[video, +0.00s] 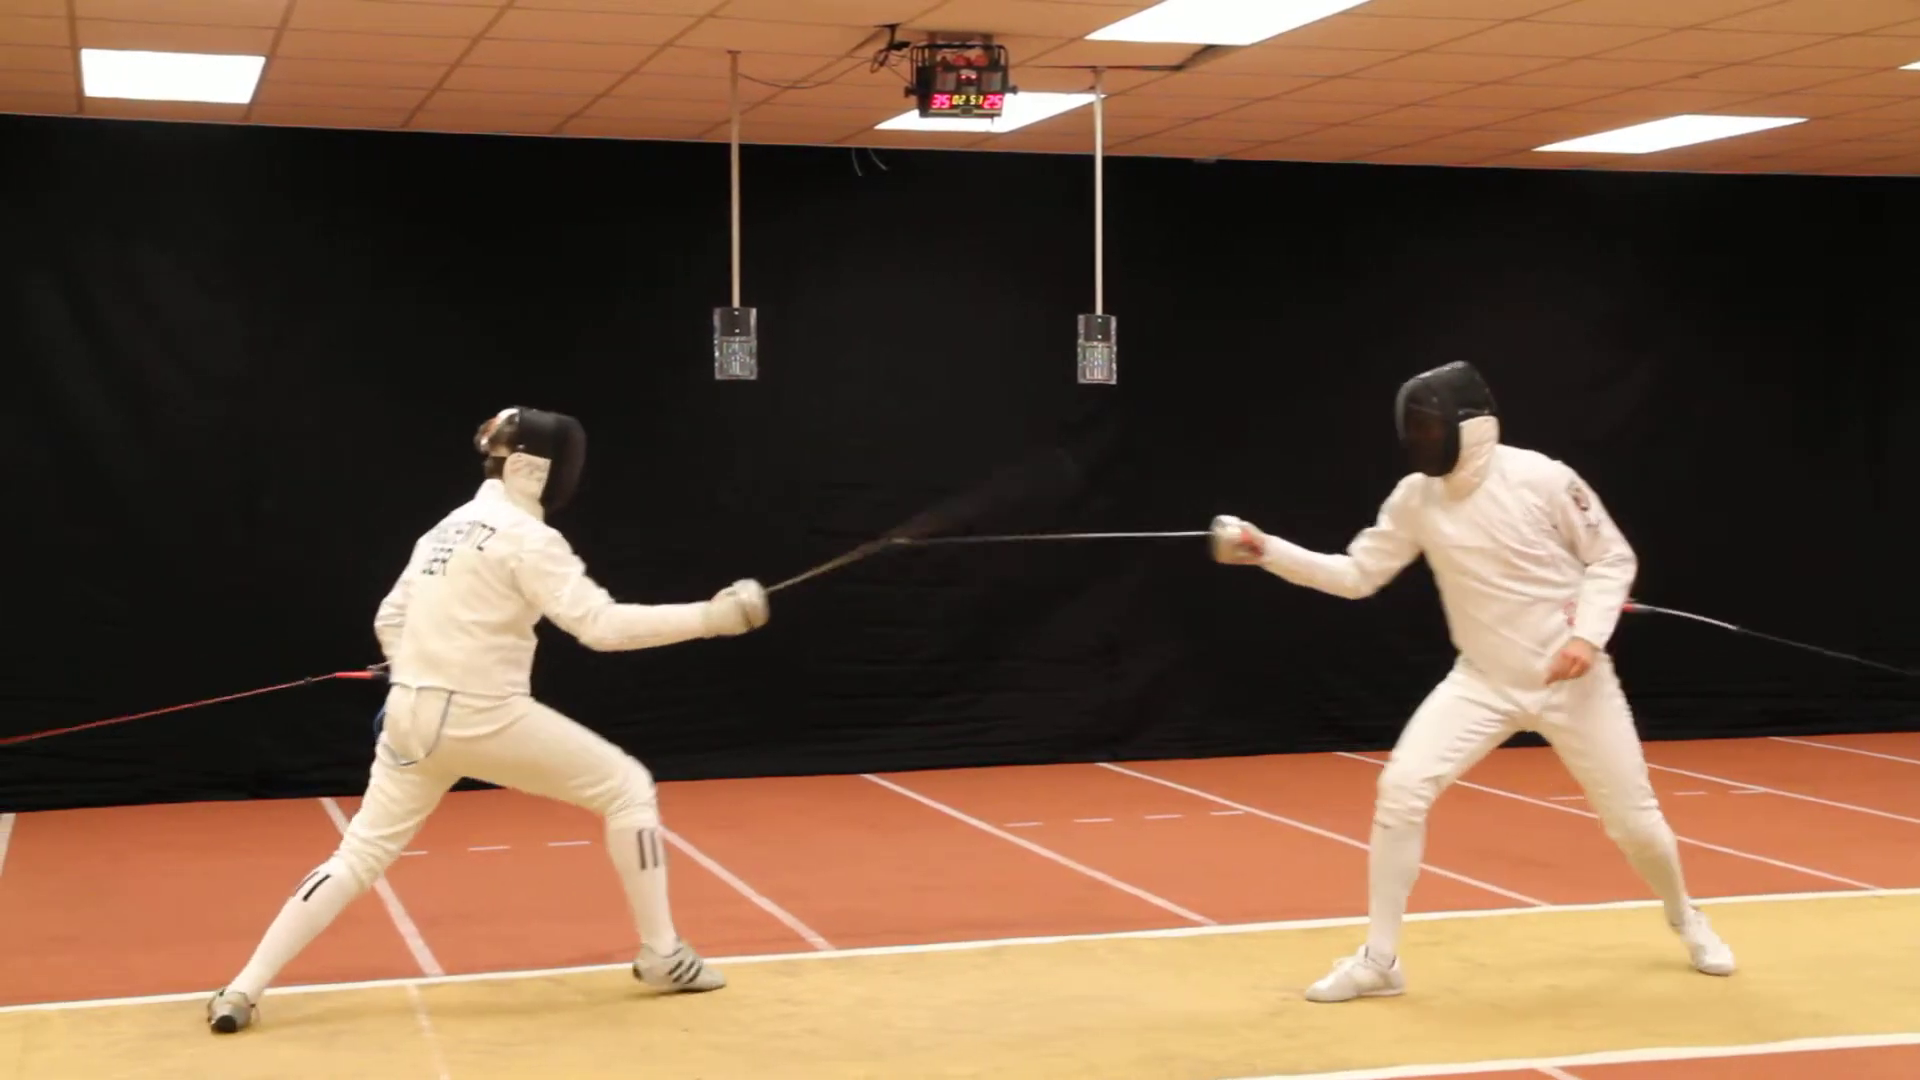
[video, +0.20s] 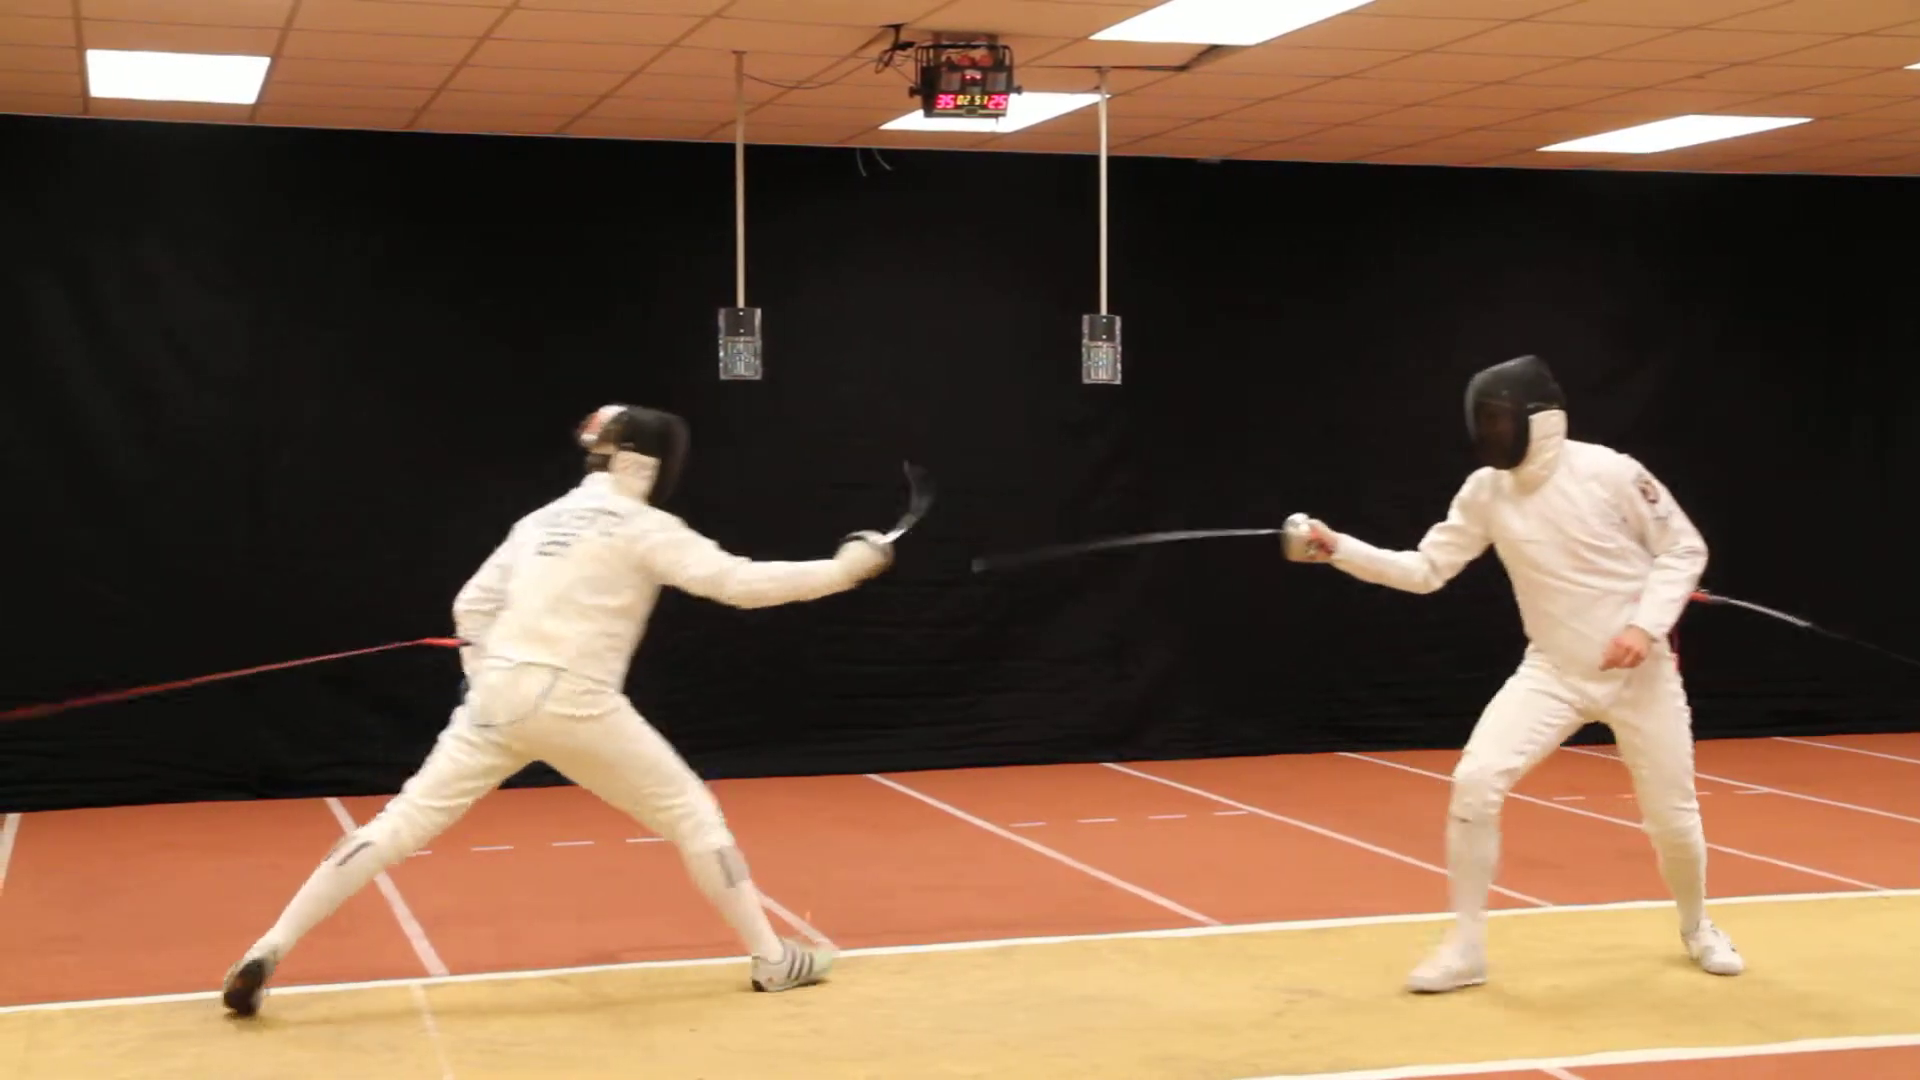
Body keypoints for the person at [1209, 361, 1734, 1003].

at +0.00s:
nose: (1421, 441)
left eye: (1432, 426)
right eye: (1416, 427)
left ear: (1472, 425)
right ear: (1418, 432)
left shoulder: (1544, 481)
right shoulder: (1417, 500)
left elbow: (1613, 560)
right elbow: (1355, 575)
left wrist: (1588, 635)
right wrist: (1263, 549)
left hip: (1576, 683)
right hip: (1480, 682)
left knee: (1639, 825)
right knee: (1401, 793)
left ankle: (1685, 918)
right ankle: (1380, 959)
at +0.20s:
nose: (1480, 431)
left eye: (1494, 417)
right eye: (1478, 418)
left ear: (1539, 417)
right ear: (1484, 421)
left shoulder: (1610, 475)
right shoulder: (1485, 493)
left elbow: (1685, 550)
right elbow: (1426, 570)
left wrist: (1645, 626)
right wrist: (1337, 548)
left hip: (1641, 676)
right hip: (1551, 674)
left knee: (1676, 823)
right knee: (1474, 783)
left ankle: (1698, 929)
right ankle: (1466, 949)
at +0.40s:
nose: (1522, 436)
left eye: (1535, 422)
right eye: (1518, 423)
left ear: (1579, 423)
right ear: (1518, 429)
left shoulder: (1645, 482)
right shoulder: (1516, 493)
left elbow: (1717, 560)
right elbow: (1437, 546)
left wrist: (1696, 634)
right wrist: (1340, 536)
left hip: (1675, 680)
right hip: (1581, 681)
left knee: (1761, 812)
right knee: (1502, 787)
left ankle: (1741, 900)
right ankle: (1496, 948)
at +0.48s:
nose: (1551, 435)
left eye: (1564, 421)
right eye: (1546, 422)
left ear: (1605, 422)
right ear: (1545, 426)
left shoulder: (1672, 483)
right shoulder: (1544, 494)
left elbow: (1741, 561)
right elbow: (1472, 559)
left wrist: (1720, 635)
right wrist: (1375, 545)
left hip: (1699, 681)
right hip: (1604, 681)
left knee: (1781, 819)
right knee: (1522, 787)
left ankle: (1814, 904)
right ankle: (1496, 946)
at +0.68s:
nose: (1617, 433)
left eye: (1630, 420)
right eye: (1614, 421)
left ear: (1675, 421)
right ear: (1618, 423)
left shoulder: (1743, 477)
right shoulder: (1619, 493)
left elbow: (1816, 555)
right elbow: (1559, 569)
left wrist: (1774, 626)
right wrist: (1468, 553)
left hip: (1772, 673)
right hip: (1682, 674)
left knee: (1811, 822)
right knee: (1596, 782)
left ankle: (1837, 921)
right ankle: (1553, 937)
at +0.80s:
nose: (1649, 428)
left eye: (1661, 415)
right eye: (1645, 416)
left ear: (1702, 415)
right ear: (1644, 419)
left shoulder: (1763, 475)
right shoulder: (1639, 490)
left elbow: (1838, 550)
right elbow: (1576, 564)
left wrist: (1799, 624)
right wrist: (1488, 546)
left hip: (1784, 674)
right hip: (1696, 672)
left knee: (1816, 823)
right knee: (1619, 782)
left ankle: (1838, 923)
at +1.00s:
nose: (1643, 427)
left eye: (1656, 414)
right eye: (1640, 415)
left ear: (1697, 415)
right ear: (1640, 417)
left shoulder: (1760, 476)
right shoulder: (1634, 488)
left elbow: (1828, 552)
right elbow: (1570, 562)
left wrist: (1797, 631)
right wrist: (1482, 539)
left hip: (1777, 672)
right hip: (1689, 668)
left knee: (1813, 821)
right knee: (1605, 767)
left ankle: (1833, 924)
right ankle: (1580, 924)